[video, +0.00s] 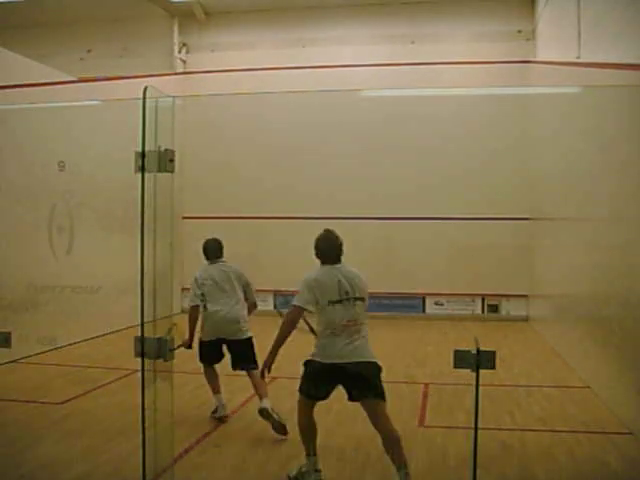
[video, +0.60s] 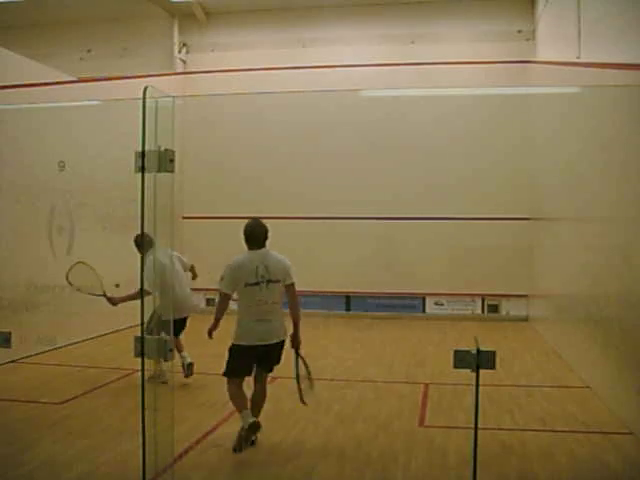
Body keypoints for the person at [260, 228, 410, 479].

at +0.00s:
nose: (320, 255)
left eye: (318, 250)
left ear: (317, 254)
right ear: (341, 251)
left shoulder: (313, 281)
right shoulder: (357, 278)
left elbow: (291, 320)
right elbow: (358, 316)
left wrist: (271, 355)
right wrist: (323, 330)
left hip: (325, 362)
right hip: (362, 361)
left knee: (305, 407)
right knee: (381, 420)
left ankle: (311, 465)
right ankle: (404, 473)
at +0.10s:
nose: (295, 240)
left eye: (296, 237)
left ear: (297, 241)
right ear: (321, 239)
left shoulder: (292, 268)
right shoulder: (339, 268)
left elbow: (286, 307)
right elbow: (348, 308)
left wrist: (275, 345)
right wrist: (347, 338)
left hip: (305, 353)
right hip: (340, 349)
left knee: (300, 408)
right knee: (356, 405)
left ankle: (310, 464)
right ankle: (376, 462)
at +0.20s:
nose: (283, 228)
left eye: (283, 224)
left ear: (282, 228)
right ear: (306, 227)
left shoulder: (278, 257)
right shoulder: (324, 255)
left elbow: (273, 298)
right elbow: (339, 293)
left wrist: (267, 335)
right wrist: (353, 326)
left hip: (291, 339)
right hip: (323, 336)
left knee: (287, 395)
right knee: (325, 392)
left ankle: (301, 455)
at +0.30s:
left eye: (270, 227)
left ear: (270, 232)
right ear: (293, 231)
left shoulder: (262, 262)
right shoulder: (311, 256)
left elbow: (253, 305)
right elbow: (332, 285)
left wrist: (246, 339)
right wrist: (348, 312)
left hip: (277, 338)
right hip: (307, 336)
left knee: (277, 397)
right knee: (297, 388)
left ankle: (280, 458)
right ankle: (293, 445)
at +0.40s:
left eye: (259, 242)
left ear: (259, 245)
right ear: (282, 243)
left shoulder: (251, 272)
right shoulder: (297, 265)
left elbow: (238, 309)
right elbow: (316, 289)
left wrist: (226, 338)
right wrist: (335, 314)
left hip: (267, 346)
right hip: (295, 343)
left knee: (273, 402)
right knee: (273, 387)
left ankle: (283, 461)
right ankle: (263, 428)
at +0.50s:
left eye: (254, 241)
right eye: (268, 240)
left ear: (251, 244)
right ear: (274, 243)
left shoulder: (244, 272)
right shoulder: (288, 267)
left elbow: (229, 308)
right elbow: (305, 299)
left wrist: (218, 330)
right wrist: (317, 329)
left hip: (255, 346)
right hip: (281, 343)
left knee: (250, 395)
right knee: (264, 386)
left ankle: (271, 441)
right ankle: (251, 429)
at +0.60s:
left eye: (248, 236)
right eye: (262, 235)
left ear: (245, 239)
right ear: (267, 238)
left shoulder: (236, 266)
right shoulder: (281, 264)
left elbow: (224, 299)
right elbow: (293, 301)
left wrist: (215, 323)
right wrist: (296, 332)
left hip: (246, 339)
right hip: (275, 338)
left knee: (234, 381)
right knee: (261, 380)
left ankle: (248, 421)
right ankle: (250, 426)